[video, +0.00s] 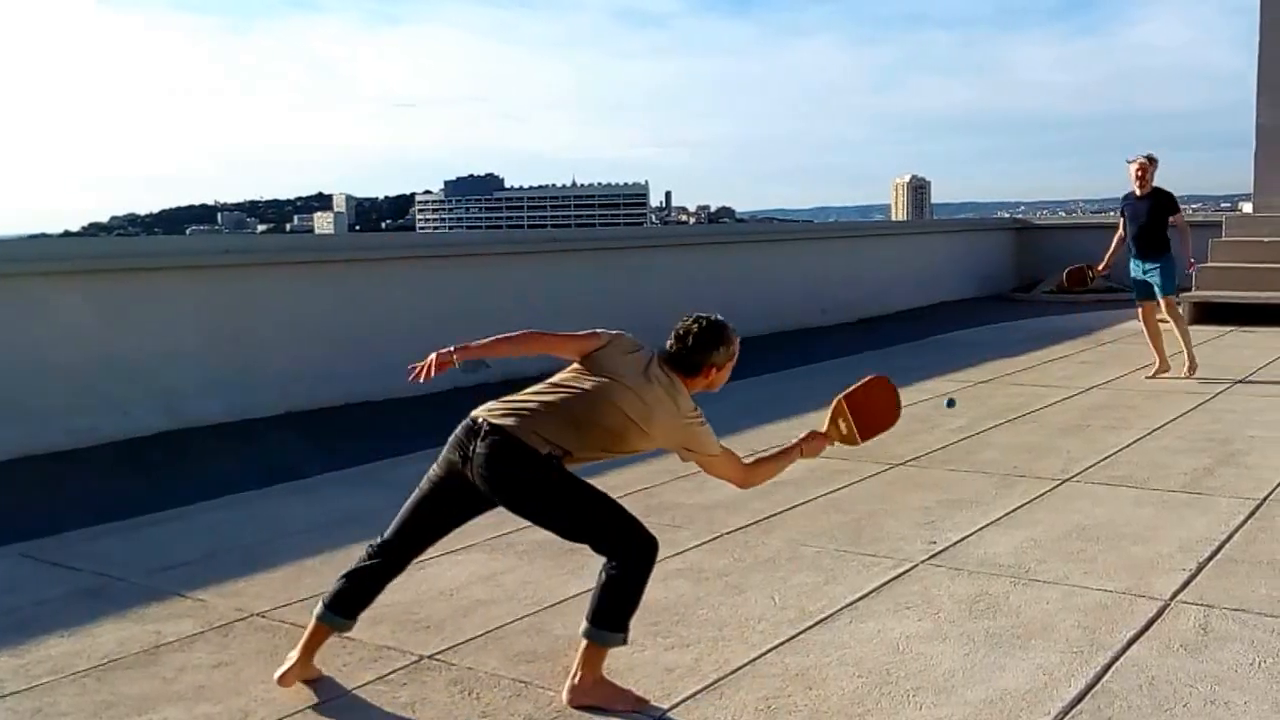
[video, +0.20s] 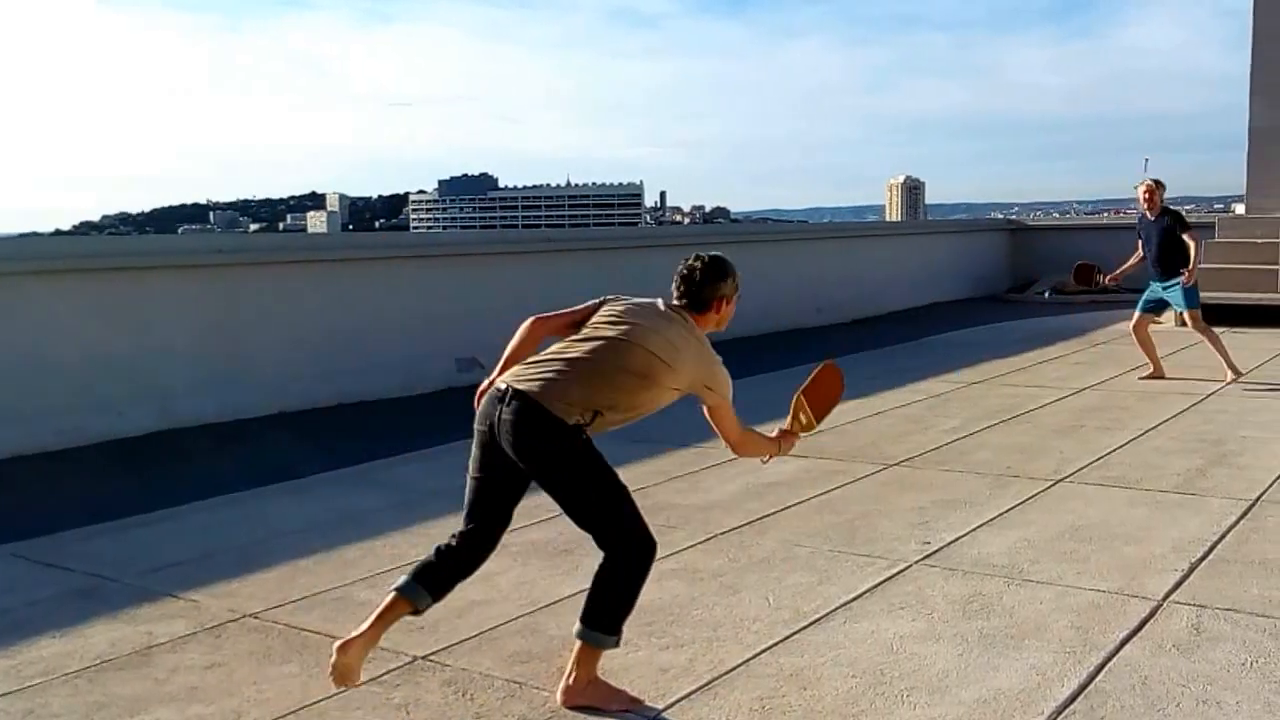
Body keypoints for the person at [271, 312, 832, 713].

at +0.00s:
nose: (728, 376)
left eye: (730, 367)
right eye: (728, 368)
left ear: (678, 350)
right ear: (707, 371)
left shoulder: (621, 347)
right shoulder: (681, 418)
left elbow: (533, 342)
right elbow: (745, 475)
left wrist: (458, 351)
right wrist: (805, 447)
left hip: (473, 434)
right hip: (518, 461)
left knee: (389, 550)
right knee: (635, 545)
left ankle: (299, 660)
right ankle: (588, 679)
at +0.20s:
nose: (734, 311)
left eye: (732, 300)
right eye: (734, 302)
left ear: (682, 291)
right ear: (720, 306)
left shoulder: (626, 304)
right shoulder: (706, 365)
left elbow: (538, 323)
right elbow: (738, 440)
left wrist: (494, 378)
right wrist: (776, 444)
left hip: (498, 408)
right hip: (546, 424)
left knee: (473, 540)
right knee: (631, 545)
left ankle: (364, 636)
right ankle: (581, 680)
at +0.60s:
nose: (690, 213)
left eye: (688, 204)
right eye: (689, 205)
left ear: (635, 205)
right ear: (678, 207)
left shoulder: (597, 247)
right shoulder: (681, 259)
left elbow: (533, 303)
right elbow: (686, 355)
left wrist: (524, 377)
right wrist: (679, 403)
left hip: (572, 393)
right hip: (622, 401)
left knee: (626, 515)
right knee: (669, 536)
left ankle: (618, 631)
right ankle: (586, 659)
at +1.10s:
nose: (698, 201)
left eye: (695, 192)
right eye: (695, 193)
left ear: (649, 200)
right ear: (681, 202)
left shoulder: (651, 257)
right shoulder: (640, 265)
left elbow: (681, 326)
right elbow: (626, 366)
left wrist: (754, 343)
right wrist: (680, 424)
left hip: (604, 408)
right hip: (620, 415)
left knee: (619, 507)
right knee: (711, 518)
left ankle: (555, 611)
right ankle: (700, 666)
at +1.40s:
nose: (697, 221)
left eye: (695, 211)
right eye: (692, 213)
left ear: (650, 221)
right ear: (670, 223)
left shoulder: (623, 262)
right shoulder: (648, 281)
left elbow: (704, 302)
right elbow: (707, 357)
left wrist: (779, 308)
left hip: (605, 421)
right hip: (633, 433)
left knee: (629, 513)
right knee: (734, 530)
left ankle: (547, 605)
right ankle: (687, 668)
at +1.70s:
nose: (637, 177)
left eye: (633, 168)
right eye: (634, 169)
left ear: (583, 180)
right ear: (624, 176)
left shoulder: (556, 235)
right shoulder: (639, 223)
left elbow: (549, 323)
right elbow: (678, 255)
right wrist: (660, 204)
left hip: (559, 389)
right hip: (613, 394)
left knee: (564, 488)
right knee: (679, 520)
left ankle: (520, 600)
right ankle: (672, 666)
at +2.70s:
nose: (587, 239)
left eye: (585, 231)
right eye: (583, 233)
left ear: (539, 236)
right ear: (568, 244)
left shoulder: (523, 264)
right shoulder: (526, 301)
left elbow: (567, 274)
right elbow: (488, 389)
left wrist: (612, 291)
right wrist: (521, 453)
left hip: (440, 401)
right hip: (473, 413)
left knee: (456, 493)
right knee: (578, 486)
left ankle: (402, 600)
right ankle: (594, 616)